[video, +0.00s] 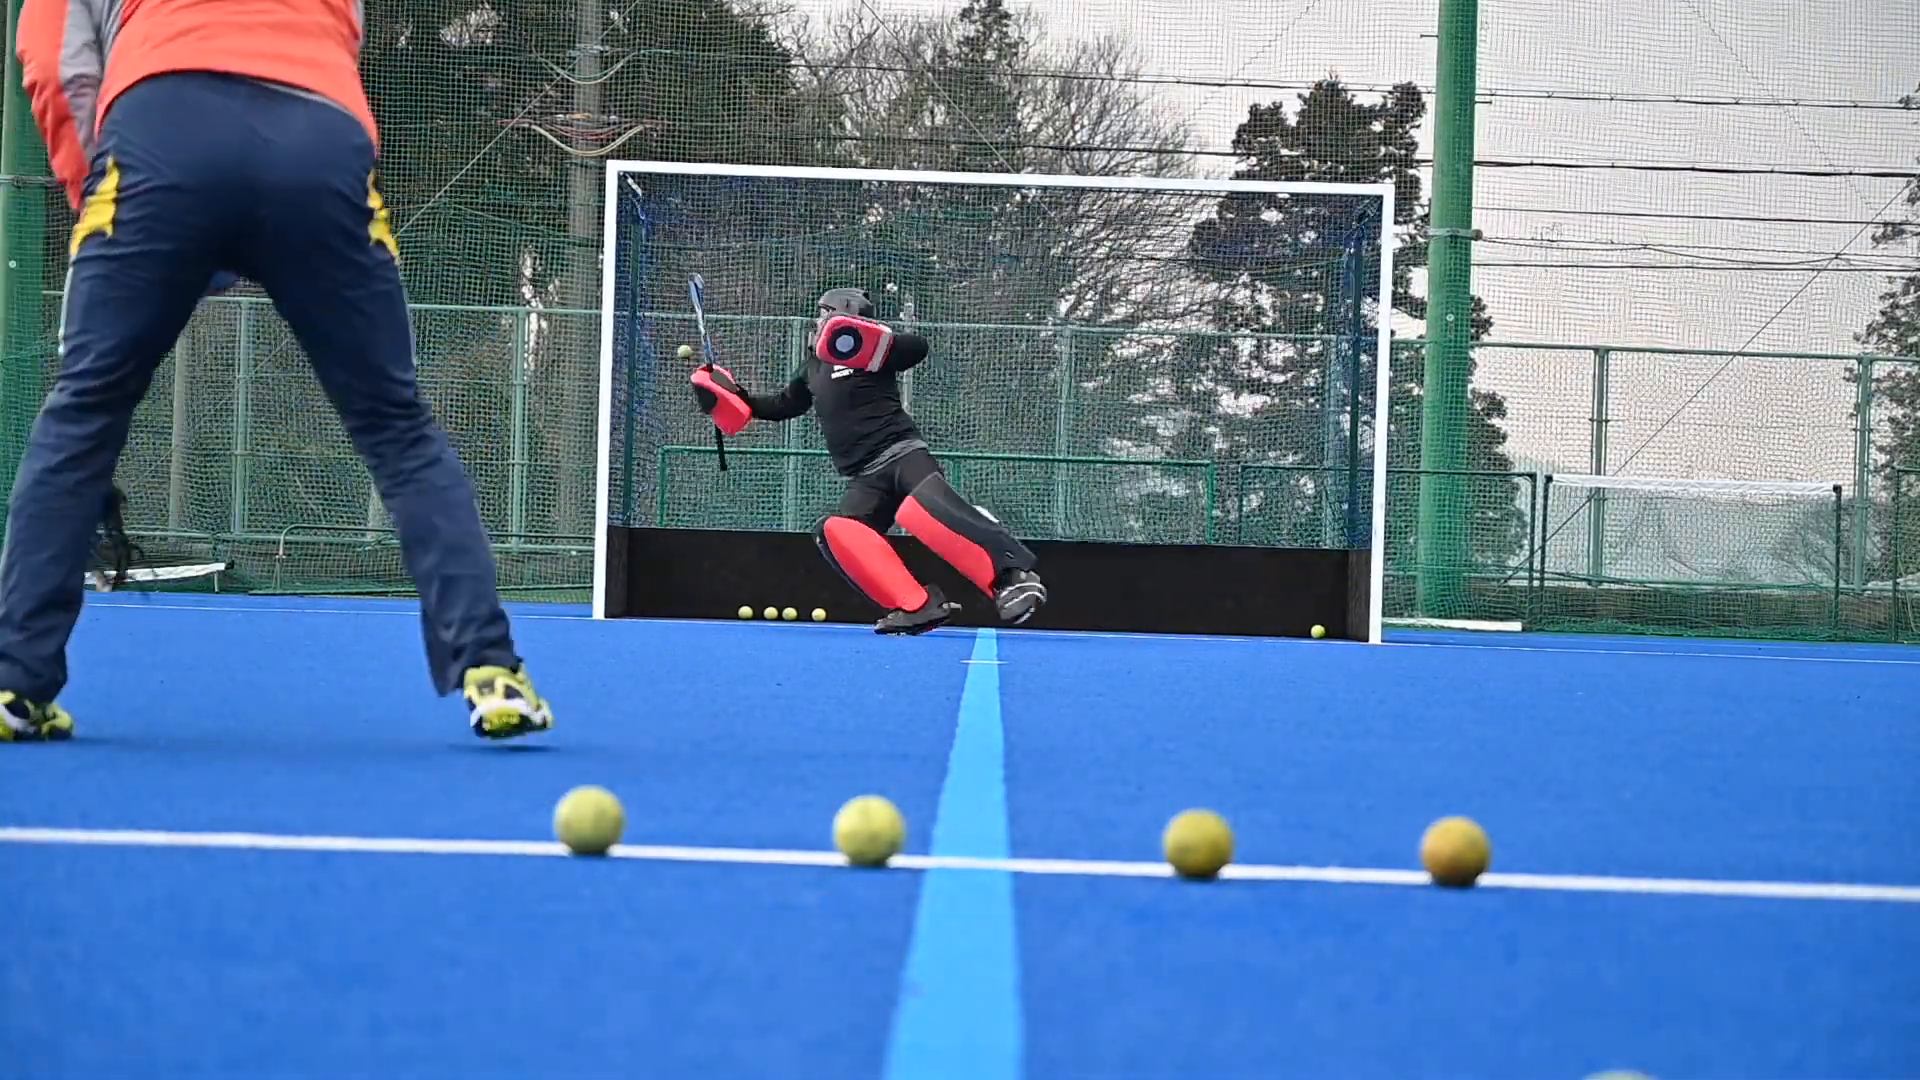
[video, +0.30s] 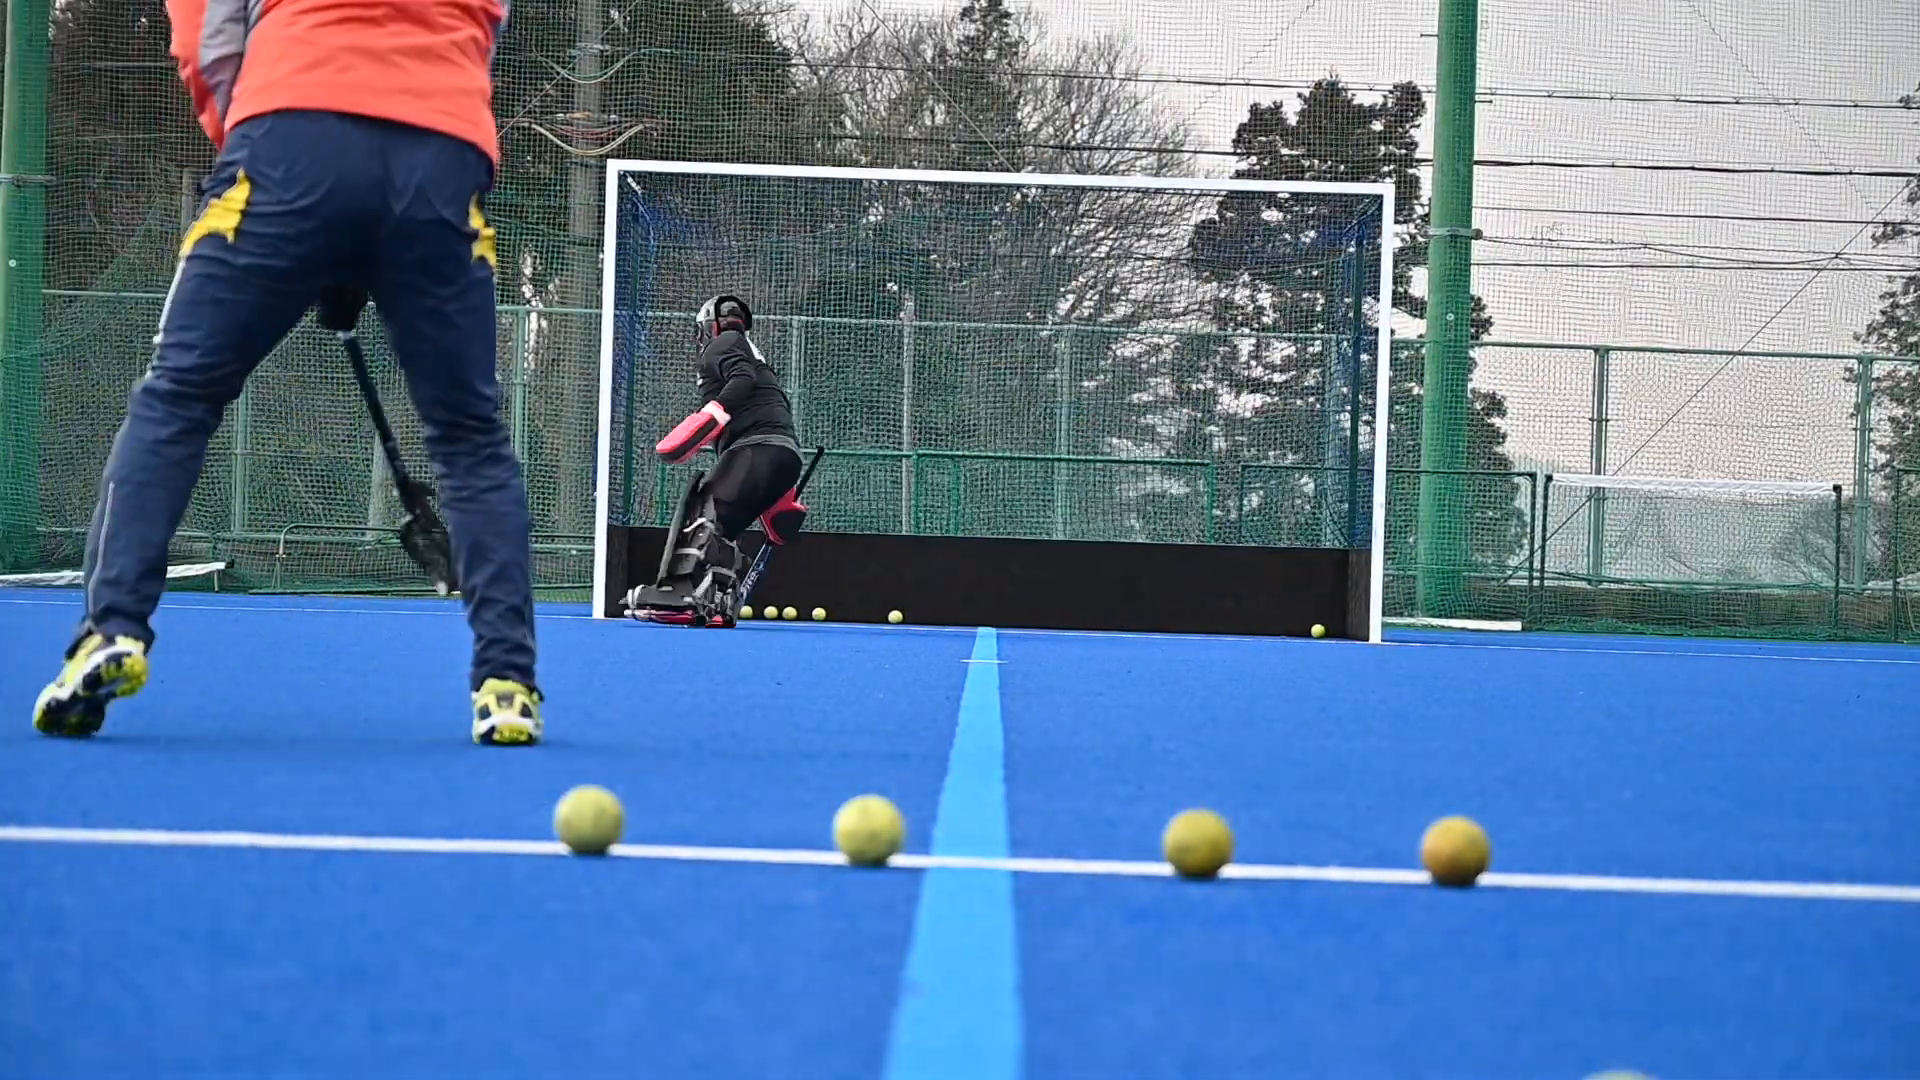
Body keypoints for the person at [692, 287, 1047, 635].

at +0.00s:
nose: (828, 329)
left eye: (838, 322)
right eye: (824, 322)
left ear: (859, 322)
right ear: (817, 326)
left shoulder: (874, 352)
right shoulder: (811, 368)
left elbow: (919, 348)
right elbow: (780, 404)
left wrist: (866, 335)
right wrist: (731, 393)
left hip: (903, 452)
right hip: (862, 478)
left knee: (929, 505)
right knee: (838, 531)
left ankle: (1015, 577)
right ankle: (919, 605)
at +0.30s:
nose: (699, 336)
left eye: (702, 329)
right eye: (699, 330)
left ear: (713, 324)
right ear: (739, 326)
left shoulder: (724, 341)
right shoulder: (759, 361)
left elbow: (743, 377)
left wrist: (708, 418)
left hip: (759, 448)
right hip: (784, 455)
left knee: (710, 514)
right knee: (722, 525)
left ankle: (704, 594)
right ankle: (717, 599)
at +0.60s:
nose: (631, 301)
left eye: (626, 297)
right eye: (642, 294)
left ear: (620, 303)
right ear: (657, 300)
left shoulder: (612, 340)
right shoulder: (689, 337)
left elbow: (583, 396)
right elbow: (712, 395)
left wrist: (547, 433)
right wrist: (733, 439)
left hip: (627, 460)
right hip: (679, 462)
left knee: (590, 531)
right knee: (679, 537)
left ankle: (559, 602)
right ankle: (691, 564)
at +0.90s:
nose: (619, 284)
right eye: (617, 278)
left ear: (575, 282)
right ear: (612, 280)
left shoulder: (550, 322)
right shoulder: (624, 317)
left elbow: (545, 380)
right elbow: (642, 375)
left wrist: (554, 398)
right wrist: (684, 391)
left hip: (579, 444)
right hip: (629, 441)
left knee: (568, 522)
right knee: (653, 502)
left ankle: (554, 599)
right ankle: (668, 581)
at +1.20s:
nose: (586, 269)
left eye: (588, 265)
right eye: (587, 264)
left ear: (574, 277)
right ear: (611, 275)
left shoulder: (549, 316)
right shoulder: (619, 306)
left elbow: (553, 371)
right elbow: (622, 359)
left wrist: (595, 371)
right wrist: (667, 378)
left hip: (580, 432)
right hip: (627, 425)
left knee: (570, 514)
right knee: (658, 480)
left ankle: (553, 595)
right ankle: (689, 536)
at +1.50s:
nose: (665, 293)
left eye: (663, 286)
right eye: (662, 287)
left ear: (622, 287)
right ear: (654, 288)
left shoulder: (594, 323)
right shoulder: (665, 324)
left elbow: (574, 381)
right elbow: (677, 377)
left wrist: (585, 413)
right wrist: (726, 382)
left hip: (608, 440)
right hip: (655, 441)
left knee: (587, 519)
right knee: (669, 524)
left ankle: (556, 588)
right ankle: (668, 602)